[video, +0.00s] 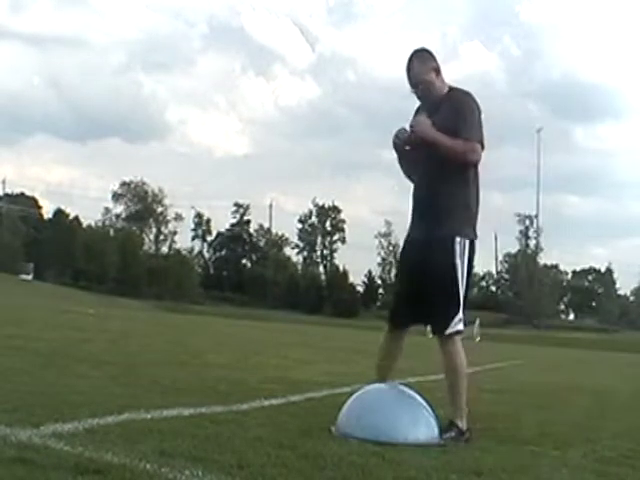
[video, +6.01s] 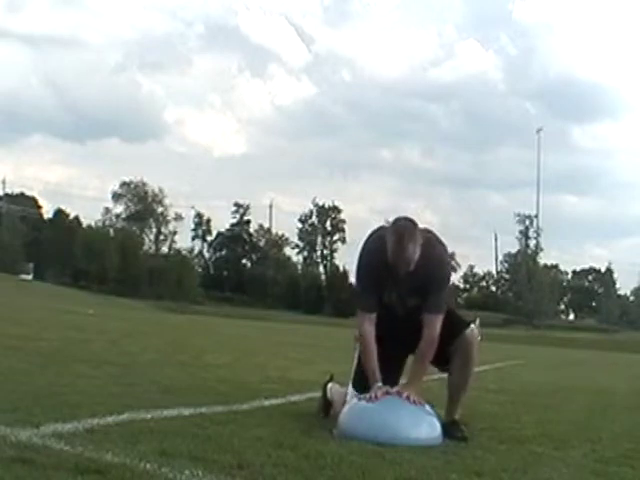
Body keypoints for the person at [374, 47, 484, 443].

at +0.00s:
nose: (418, 90)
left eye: (421, 81)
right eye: (413, 85)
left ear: (436, 73)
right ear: (412, 84)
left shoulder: (462, 101)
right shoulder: (421, 115)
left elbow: (473, 153)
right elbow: (418, 174)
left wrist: (429, 134)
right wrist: (403, 150)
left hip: (454, 230)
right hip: (421, 229)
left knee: (448, 330)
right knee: (397, 324)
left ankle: (460, 423)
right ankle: (375, 403)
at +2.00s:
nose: (450, 257)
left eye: (456, 252)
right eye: (445, 252)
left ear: (462, 234)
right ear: (434, 231)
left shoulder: (456, 223)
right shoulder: (406, 239)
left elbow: (462, 260)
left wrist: (452, 290)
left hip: (422, 292)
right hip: (386, 292)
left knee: (462, 329)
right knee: (393, 384)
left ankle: (451, 419)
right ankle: (343, 394)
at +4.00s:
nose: (377, 255)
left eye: (380, 248)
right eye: (370, 250)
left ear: (390, 226)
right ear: (360, 239)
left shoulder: (422, 226)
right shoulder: (360, 248)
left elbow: (462, 255)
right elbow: (355, 308)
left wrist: (438, 295)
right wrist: (371, 359)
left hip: (421, 308)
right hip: (384, 309)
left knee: (407, 389)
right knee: (340, 330)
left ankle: (463, 411)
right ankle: (351, 404)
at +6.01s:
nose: (405, 267)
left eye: (410, 262)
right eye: (400, 262)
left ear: (420, 248)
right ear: (387, 249)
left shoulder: (437, 256)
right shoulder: (373, 249)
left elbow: (432, 327)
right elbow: (366, 322)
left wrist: (413, 384)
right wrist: (375, 383)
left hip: (426, 317)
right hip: (388, 321)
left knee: (466, 339)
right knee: (362, 405)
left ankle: (451, 419)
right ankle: (332, 392)